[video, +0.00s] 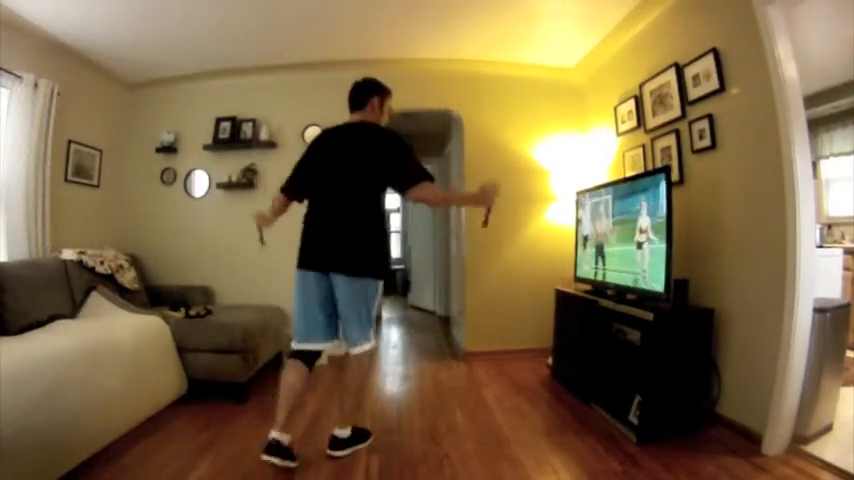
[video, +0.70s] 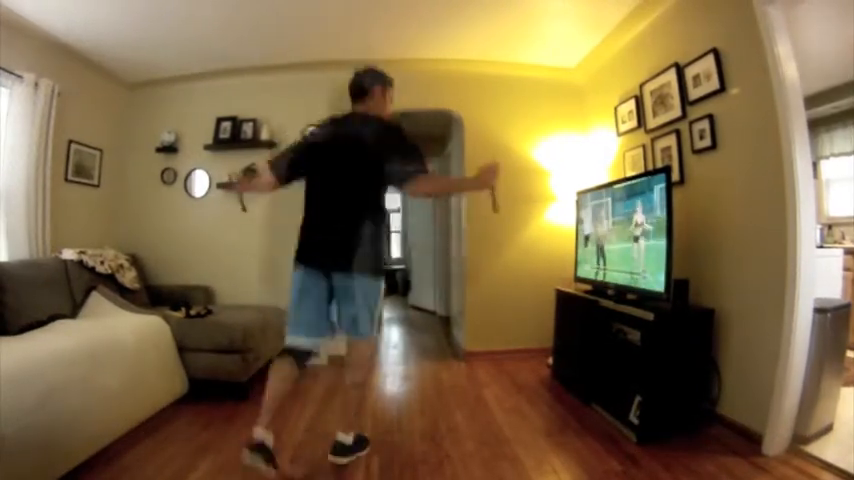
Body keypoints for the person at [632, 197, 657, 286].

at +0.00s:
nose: (643, 208)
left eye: (644, 206)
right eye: (642, 206)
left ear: (646, 207)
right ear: (640, 208)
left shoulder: (647, 218)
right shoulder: (640, 218)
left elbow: (649, 230)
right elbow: (637, 229)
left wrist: (653, 238)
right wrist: (636, 238)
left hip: (646, 238)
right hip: (639, 237)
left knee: (646, 255)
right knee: (638, 255)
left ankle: (645, 271)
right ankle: (638, 270)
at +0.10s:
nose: (643, 223)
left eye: (644, 221)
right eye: (642, 221)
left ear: (646, 222)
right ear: (639, 222)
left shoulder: (647, 228)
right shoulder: (637, 229)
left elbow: (651, 231)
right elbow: (632, 235)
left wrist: (655, 233)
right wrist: (632, 237)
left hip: (644, 241)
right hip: (638, 242)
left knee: (645, 255)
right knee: (637, 256)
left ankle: (645, 269)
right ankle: (638, 269)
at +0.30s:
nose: (640, 202)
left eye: (642, 200)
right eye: (639, 200)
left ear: (644, 202)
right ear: (638, 201)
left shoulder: (645, 209)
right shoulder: (636, 210)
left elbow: (647, 219)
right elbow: (633, 220)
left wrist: (654, 221)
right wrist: (634, 225)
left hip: (643, 232)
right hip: (636, 231)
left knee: (643, 251)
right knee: (637, 253)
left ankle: (643, 267)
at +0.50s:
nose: (639, 210)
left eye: (640, 208)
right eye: (638, 208)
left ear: (642, 209)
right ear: (637, 210)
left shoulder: (643, 218)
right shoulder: (636, 219)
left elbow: (645, 230)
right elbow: (634, 229)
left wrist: (650, 239)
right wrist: (633, 238)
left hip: (642, 238)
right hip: (636, 237)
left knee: (642, 255)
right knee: (635, 257)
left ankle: (642, 270)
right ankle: (635, 270)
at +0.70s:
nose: (639, 210)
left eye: (640, 209)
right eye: (638, 209)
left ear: (642, 209)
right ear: (636, 210)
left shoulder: (643, 217)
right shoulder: (635, 217)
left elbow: (645, 225)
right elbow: (631, 228)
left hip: (641, 237)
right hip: (635, 237)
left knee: (642, 254)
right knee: (635, 255)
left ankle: (642, 269)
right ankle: (635, 270)